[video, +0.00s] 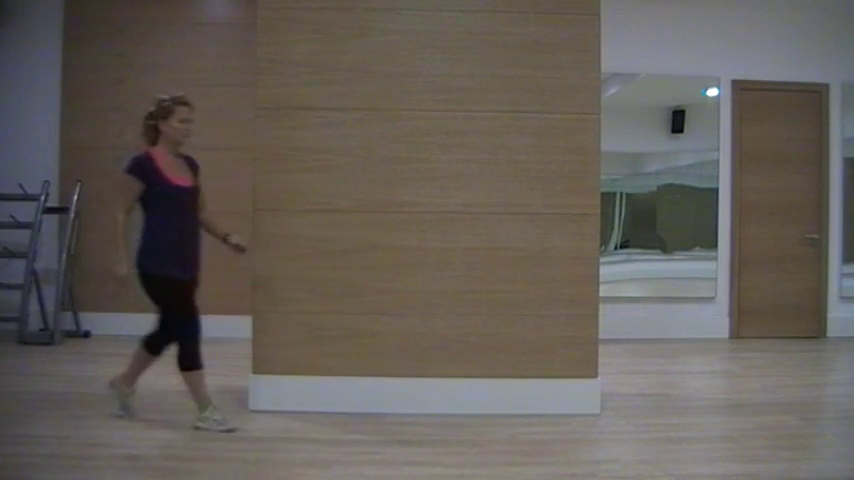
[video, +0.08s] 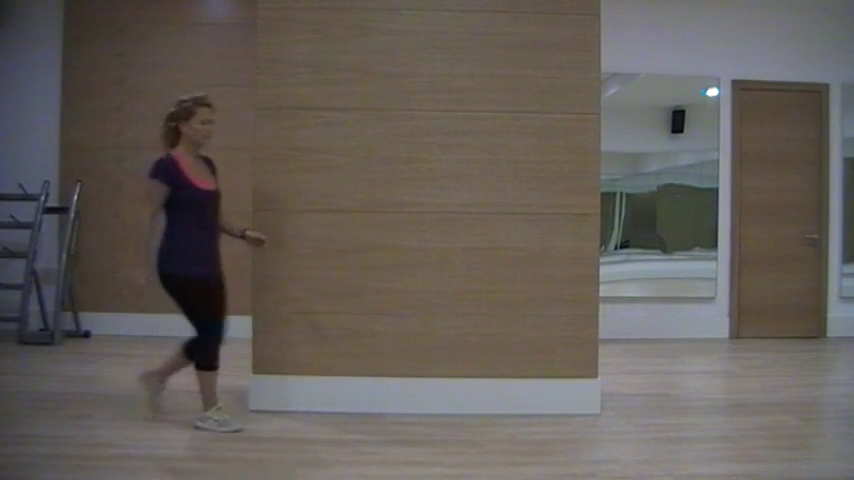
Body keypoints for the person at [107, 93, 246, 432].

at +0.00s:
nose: (188, 128)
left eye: (190, 122)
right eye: (182, 122)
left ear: (190, 126)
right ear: (161, 124)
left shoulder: (189, 165)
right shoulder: (144, 163)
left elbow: (198, 213)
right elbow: (121, 210)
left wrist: (227, 238)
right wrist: (121, 258)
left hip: (186, 263)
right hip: (157, 262)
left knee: (169, 327)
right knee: (188, 325)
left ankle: (124, 382)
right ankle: (205, 408)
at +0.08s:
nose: (209, 130)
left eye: (211, 124)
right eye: (202, 123)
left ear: (210, 127)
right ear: (182, 126)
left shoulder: (207, 165)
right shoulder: (167, 166)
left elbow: (210, 219)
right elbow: (147, 217)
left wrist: (243, 234)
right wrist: (142, 266)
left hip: (208, 261)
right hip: (178, 262)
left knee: (212, 330)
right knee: (209, 330)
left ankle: (156, 376)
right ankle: (210, 409)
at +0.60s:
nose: (332, 121)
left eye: (337, 115)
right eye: (325, 115)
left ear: (343, 121)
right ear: (310, 121)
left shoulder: (348, 168)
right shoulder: (297, 161)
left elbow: (345, 220)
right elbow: (279, 215)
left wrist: (351, 261)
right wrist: (298, 264)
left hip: (346, 268)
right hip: (309, 269)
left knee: (356, 341)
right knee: (323, 345)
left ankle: (343, 415)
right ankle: (284, 389)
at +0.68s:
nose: (346, 118)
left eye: (352, 112)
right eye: (339, 112)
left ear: (360, 119)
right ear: (326, 119)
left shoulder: (369, 164)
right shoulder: (311, 159)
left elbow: (373, 221)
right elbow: (290, 214)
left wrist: (389, 261)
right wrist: (292, 266)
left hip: (361, 268)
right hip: (321, 268)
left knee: (364, 341)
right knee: (344, 338)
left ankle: (344, 414)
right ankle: (330, 414)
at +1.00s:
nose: (395, 121)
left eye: (402, 114)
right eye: (387, 115)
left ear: (412, 121)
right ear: (375, 122)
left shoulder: (424, 169)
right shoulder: (360, 168)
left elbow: (427, 224)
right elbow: (333, 221)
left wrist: (430, 266)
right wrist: (312, 271)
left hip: (418, 276)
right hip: (374, 279)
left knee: (451, 346)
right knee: (389, 358)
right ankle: (393, 431)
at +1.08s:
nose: (409, 120)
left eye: (416, 113)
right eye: (401, 114)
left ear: (425, 120)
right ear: (390, 121)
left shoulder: (438, 168)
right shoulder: (373, 168)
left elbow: (441, 224)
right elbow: (350, 221)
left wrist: (444, 268)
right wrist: (334, 270)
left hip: (431, 275)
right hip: (385, 279)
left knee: (464, 346)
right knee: (397, 358)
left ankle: (481, 428)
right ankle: (394, 434)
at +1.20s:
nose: (431, 119)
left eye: (437, 112)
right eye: (423, 113)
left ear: (448, 117)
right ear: (412, 120)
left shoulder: (464, 165)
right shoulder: (396, 166)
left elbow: (471, 223)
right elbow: (380, 223)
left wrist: (475, 270)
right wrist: (369, 273)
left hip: (456, 277)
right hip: (406, 279)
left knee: (482, 356)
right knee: (401, 362)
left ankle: (507, 433)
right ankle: (396, 432)